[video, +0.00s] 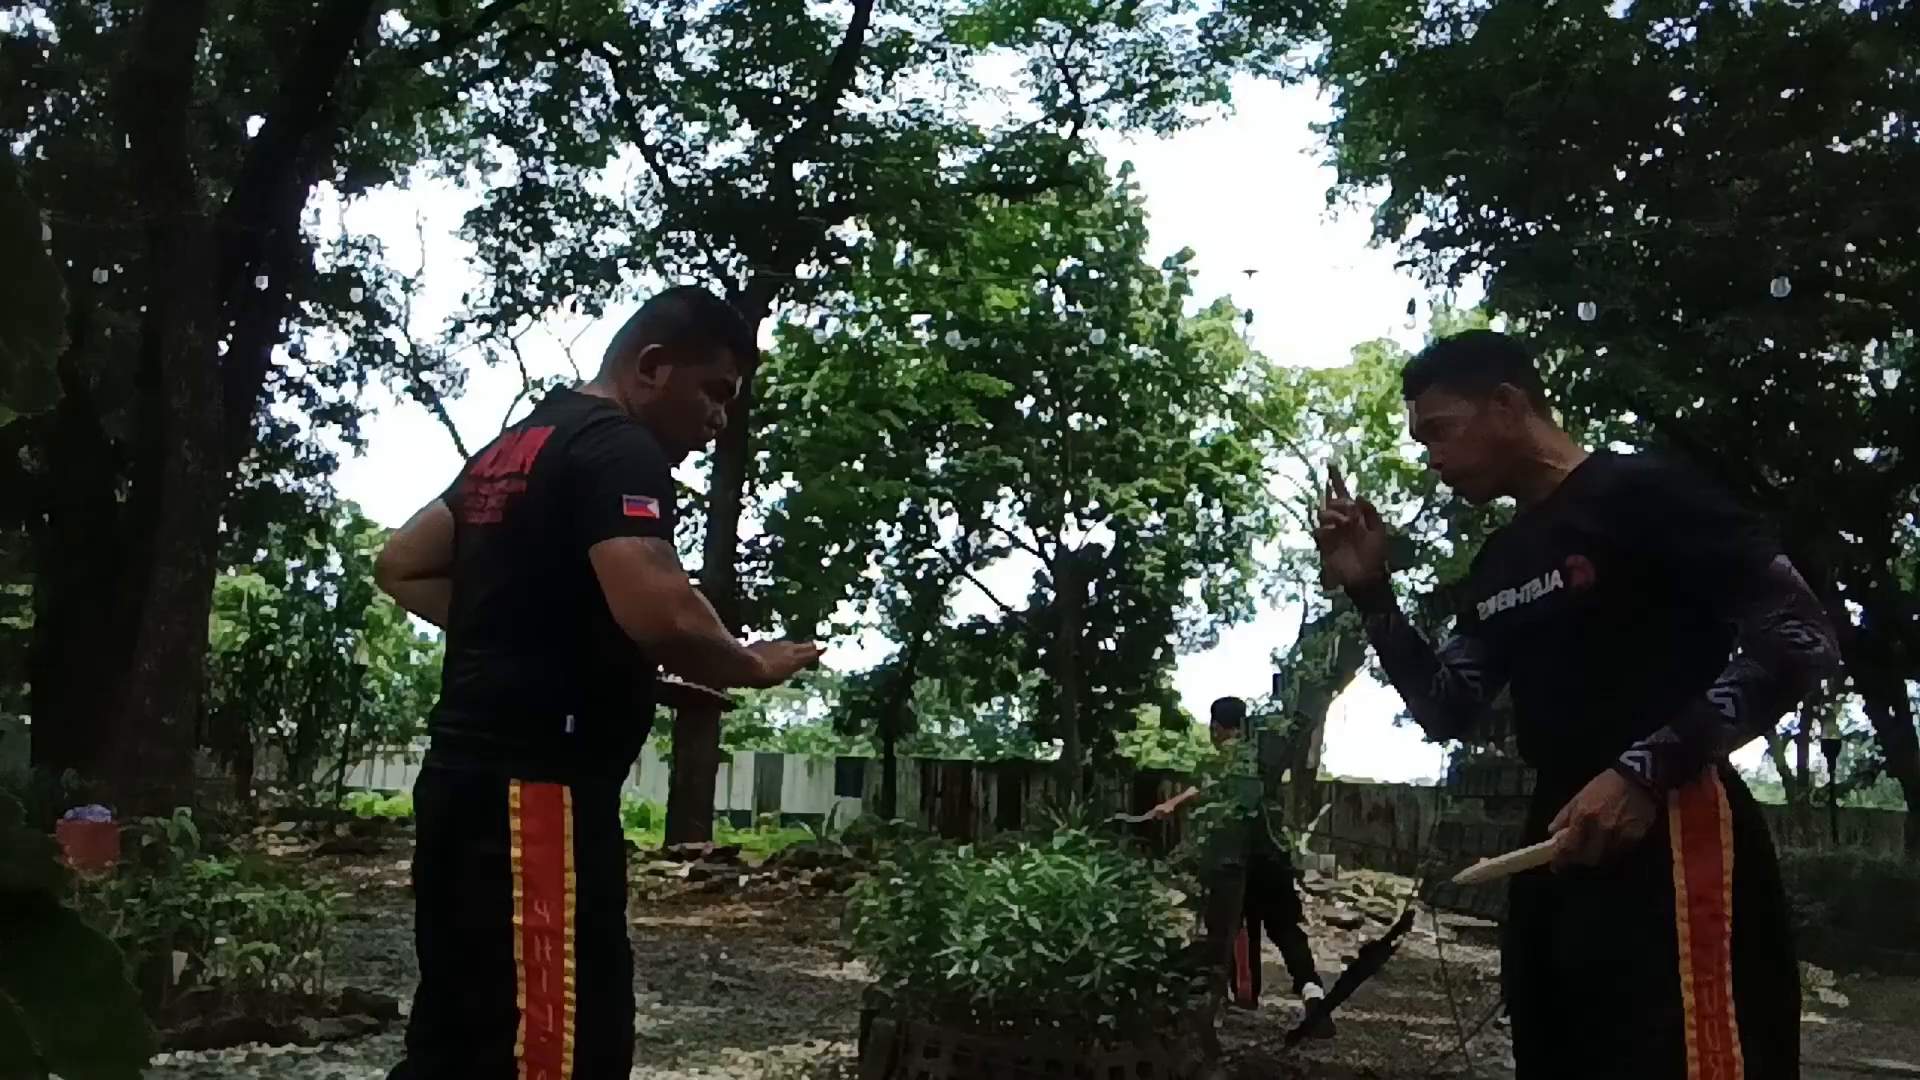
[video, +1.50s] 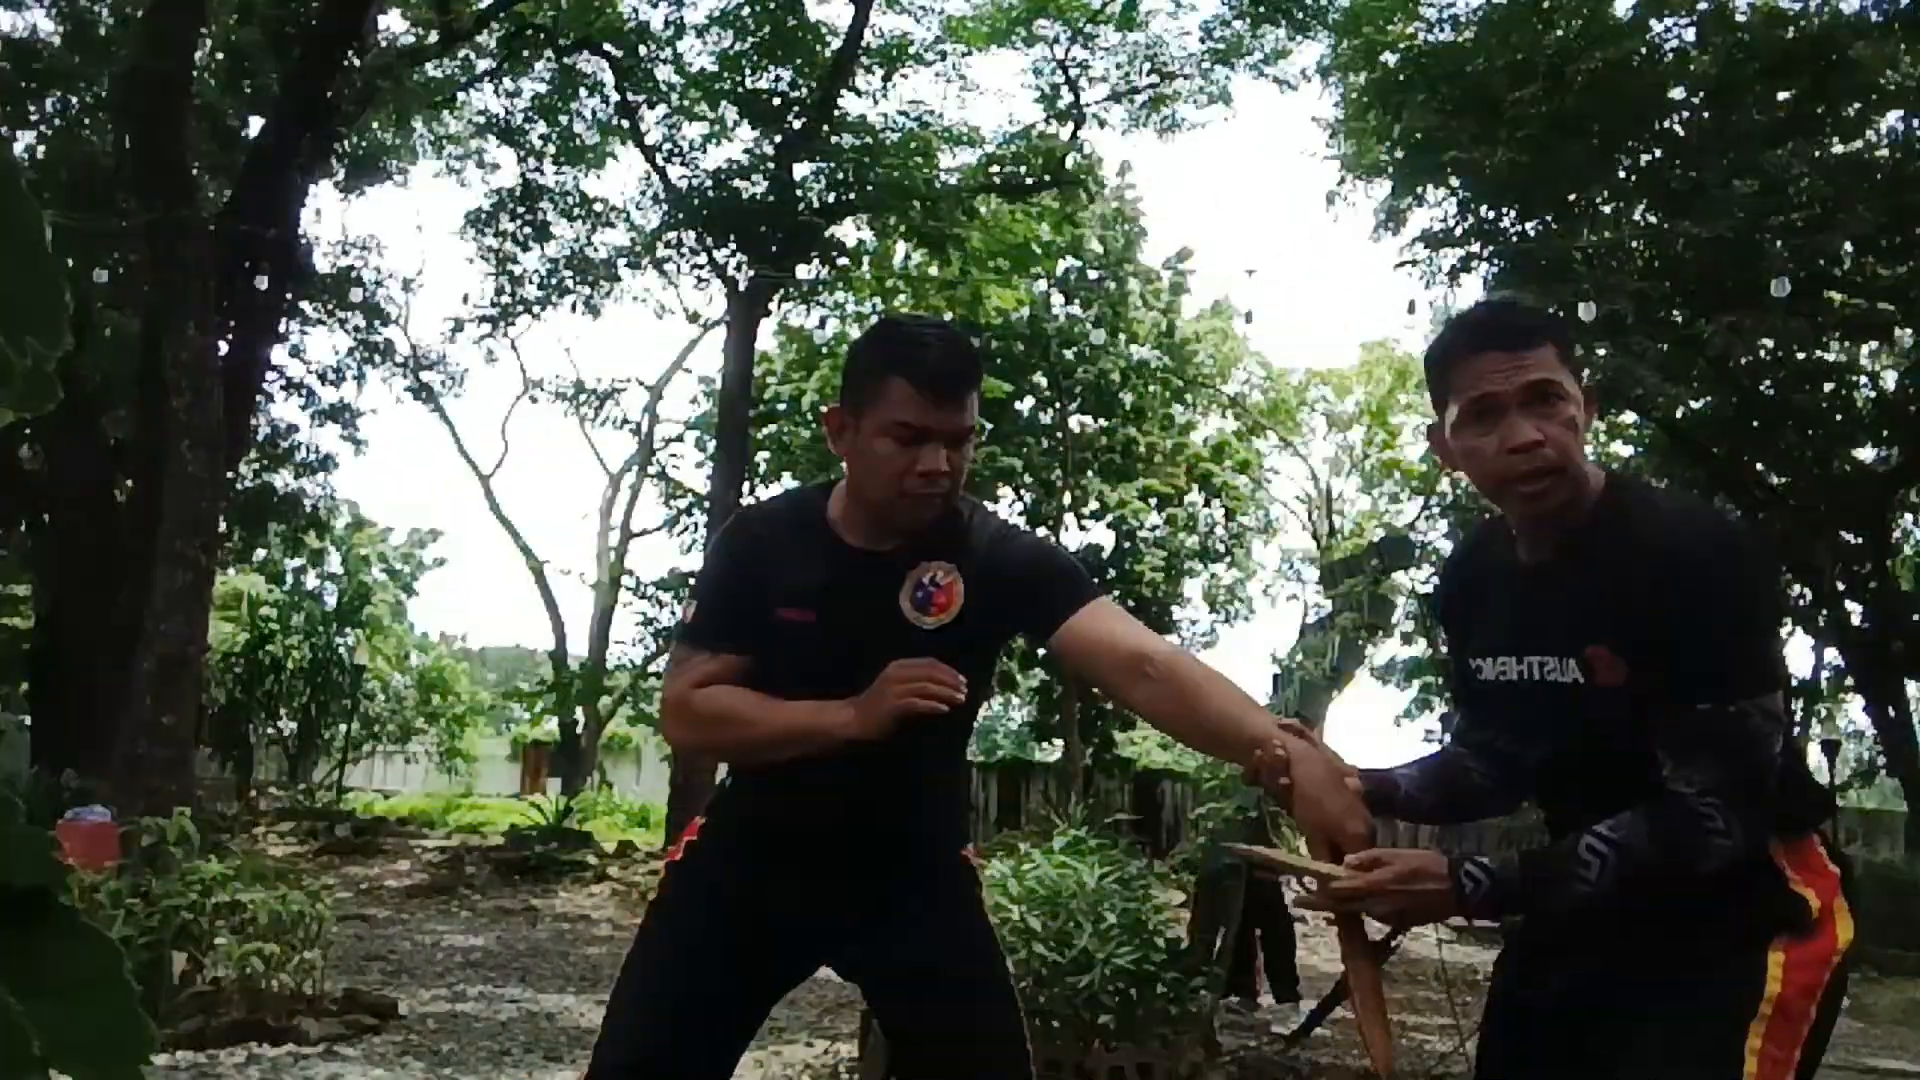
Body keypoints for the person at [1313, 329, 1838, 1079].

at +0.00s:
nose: (1430, 460)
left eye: (1436, 433)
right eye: (1423, 442)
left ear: (1509, 405)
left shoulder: (1651, 492)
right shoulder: (1495, 563)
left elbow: (1801, 635)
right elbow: (1447, 710)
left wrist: (1647, 770)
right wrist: (1372, 595)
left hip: (1681, 837)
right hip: (1556, 846)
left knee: (1695, 1057)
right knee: (1561, 1056)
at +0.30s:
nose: (1377, 583)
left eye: (1374, 556)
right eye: (1364, 565)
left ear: (1426, 516)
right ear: (1429, 517)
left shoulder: (1543, 560)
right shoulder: (1514, 593)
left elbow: (1573, 711)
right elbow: (1503, 794)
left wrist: (1438, 886)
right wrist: (1449, 677)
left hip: (1669, 857)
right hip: (1610, 853)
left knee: (1616, 1061)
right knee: (1543, 1051)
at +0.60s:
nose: (1390, 517)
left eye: (1385, 500)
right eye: (1383, 504)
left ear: (1405, 475)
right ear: (1494, 460)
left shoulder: (1405, 543)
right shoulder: (1652, 522)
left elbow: (1316, 699)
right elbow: (1739, 728)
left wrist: (1421, 723)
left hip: (1507, 883)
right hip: (1691, 882)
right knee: (1660, 1066)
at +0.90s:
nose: (1450, 406)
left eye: (1455, 391)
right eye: (1450, 397)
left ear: (1497, 367)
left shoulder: (1533, 437)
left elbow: (1318, 375)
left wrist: (1350, 326)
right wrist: (1303, 587)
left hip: (1530, 859)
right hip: (1623, 877)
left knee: (1389, 1063)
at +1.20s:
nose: (1431, 421)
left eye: (1452, 382)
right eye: (1411, 401)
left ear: (1529, 368)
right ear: (1402, 412)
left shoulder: (1647, 468)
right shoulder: (1458, 545)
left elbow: (1529, 581)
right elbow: (1394, 696)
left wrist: (1346, 462)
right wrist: (1283, 563)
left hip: (1685, 856)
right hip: (1549, 865)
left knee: (1611, 1060)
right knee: (1474, 1062)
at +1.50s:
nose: (1523, 435)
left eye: (1543, 399)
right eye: (1485, 414)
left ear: (1584, 408)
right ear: (1448, 451)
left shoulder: (1701, 550)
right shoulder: (1474, 580)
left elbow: (1722, 816)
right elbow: (1499, 763)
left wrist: (1475, 887)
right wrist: (1361, 790)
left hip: (1752, 909)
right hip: (1588, 896)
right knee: (1516, 1063)